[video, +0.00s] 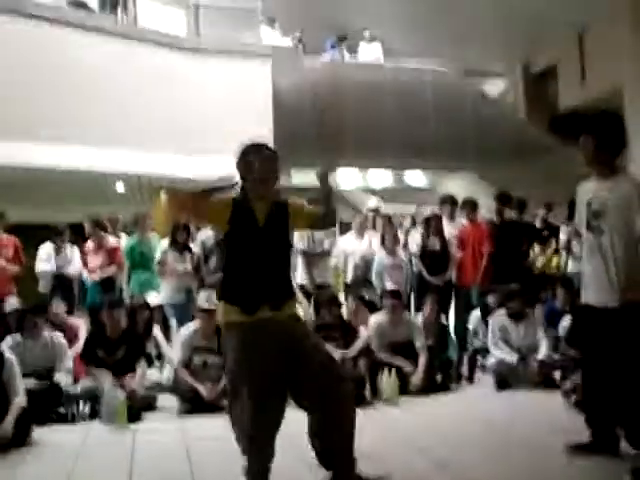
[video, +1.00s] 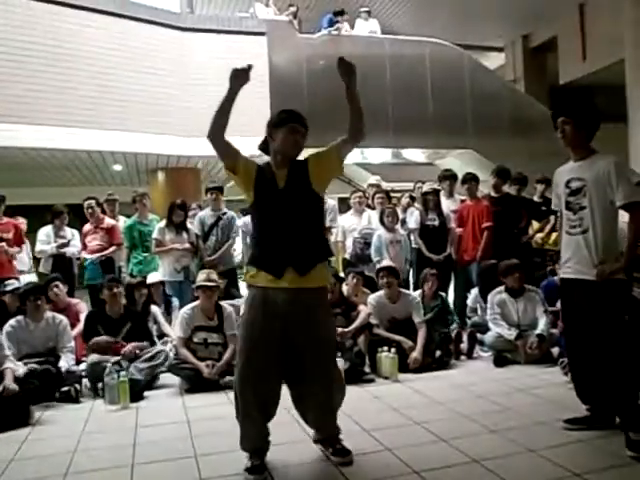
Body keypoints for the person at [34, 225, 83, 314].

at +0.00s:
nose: (61, 244)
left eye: (64, 240)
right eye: (59, 240)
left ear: (68, 238)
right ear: (53, 238)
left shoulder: (73, 250)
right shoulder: (45, 249)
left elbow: (77, 268)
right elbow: (40, 269)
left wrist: (64, 272)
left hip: (67, 277)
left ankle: (70, 309)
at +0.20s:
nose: (59, 219)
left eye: (61, 216)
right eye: (56, 216)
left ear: (63, 216)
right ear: (50, 217)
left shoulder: (69, 230)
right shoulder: (39, 229)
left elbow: (74, 248)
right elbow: (34, 248)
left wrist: (60, 249)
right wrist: (51, 246)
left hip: (64, 262)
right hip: (47, 262)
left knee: (65, 290)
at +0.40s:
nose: (61, 224)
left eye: (62, 221)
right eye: (59, 221)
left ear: (65, 220)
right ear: (53, 220)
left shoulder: (71, 230)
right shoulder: (43, 229)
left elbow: (76, 249)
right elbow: (37, 250)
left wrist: (64, 253)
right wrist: (52, 251)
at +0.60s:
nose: (63, 222)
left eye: (64, 219)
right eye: (60, 219)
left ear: (67, 219)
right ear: (54, 220)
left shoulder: (73, 232)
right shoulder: (44, 231)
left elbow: (77, 250)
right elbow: (38, 251)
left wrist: (64, 251)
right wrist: (55, 247)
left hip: (68, 264)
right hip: (52, 264)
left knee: (70, 292)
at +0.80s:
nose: (63, 222)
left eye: (65, 219)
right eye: (60, 219)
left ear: (67, 219)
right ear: (54, 219)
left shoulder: (73, 232)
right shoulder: (44, 231)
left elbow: (77, 250)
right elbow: (38, 251)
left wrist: (63, 251)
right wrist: (55, 247)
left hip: (68, 265)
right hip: (52, 266)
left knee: (69, 294)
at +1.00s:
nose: (63, 222)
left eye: (65, 219)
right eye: (60, 219)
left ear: (67, 219)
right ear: (54, 220)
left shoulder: (73, 233)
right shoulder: (44, 231)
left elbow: (77, 250)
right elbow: (38, 251)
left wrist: (63, 251)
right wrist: (55, 247)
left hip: (68, 268)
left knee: (69, 297)